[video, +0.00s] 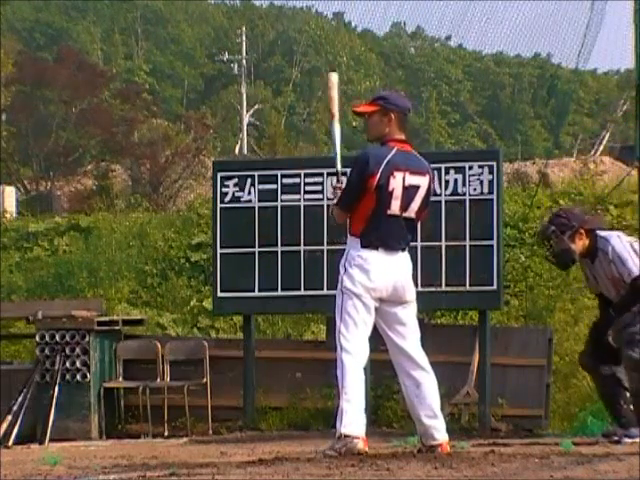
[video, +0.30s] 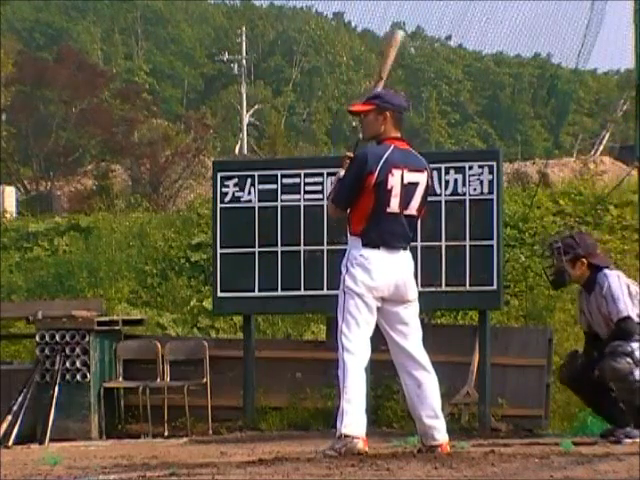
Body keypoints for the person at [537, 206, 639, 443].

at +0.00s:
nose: (555, 251)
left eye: (560, 242)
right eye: (553, 244)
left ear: (581, 235)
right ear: (579, 237)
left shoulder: (613, 244)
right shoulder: (586, 258)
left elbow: (637, 284)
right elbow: (606, 302)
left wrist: (616, 322)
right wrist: (599, 337)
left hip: (636, 308)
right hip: (621, 313)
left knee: (628, 339)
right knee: (594, 358)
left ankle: (633, 425)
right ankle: (627, 424)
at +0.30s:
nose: (557, 269)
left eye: (562, 263)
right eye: (557, 263)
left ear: (582, 264)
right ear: (580, 265)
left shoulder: (610, 280)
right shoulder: (584, 293)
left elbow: (628, 327)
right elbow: (591, 337)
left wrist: (601, 358)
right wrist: (588, 363)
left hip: (634, 345)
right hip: (611, 349)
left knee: (615, 362)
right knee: (571, 369)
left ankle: (634, 425)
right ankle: (622, 423)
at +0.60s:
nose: (566, 281)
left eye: (572, 276)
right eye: (566, 276)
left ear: (591, 278)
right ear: (589, 279)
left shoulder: (611, 297)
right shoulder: (586, 310)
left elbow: (616, 343)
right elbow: (583, 353)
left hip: (635, 371)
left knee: (605, 368)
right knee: (563, 372)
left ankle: (632, 426)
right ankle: (618, 424)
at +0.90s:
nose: (567, 279)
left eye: (573, 274)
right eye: (568, 273)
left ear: (591, 277)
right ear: (588, 277)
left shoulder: (609, 296)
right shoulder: (584, 309)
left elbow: (613, 342)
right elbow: (583, 351)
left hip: (635, 369)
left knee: (604, 369)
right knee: (559, 378)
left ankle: (632, 425)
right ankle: (618, 424)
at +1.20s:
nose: (567, 280)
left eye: (573, 275)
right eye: (567, 274)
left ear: (592, 278)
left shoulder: (609, 297)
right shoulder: (583, 309)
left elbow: (611, 344)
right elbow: (580, 352)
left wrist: (590, 371)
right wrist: (576, 375)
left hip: (635, 370)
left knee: (602, 371)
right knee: (559, 378)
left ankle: (633, 425)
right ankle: (618, 424)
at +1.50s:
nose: (568, 282)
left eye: (575, 277)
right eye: (568, 276)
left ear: (595, 281)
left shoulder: (608, 299)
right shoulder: (581, 311)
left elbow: (614, 348)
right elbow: (582, 358)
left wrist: (585, 364)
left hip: (633, 371)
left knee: (600, 371)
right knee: (558, 384)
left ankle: (632, 425)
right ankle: (618, 424)